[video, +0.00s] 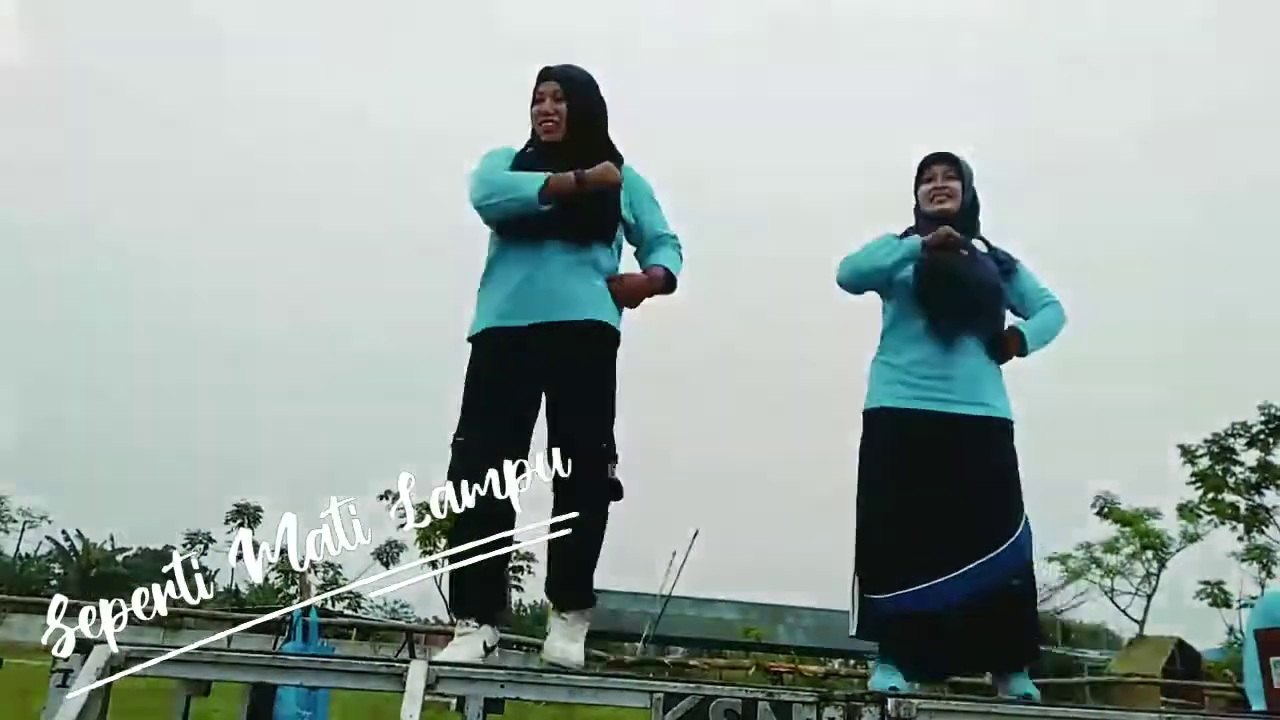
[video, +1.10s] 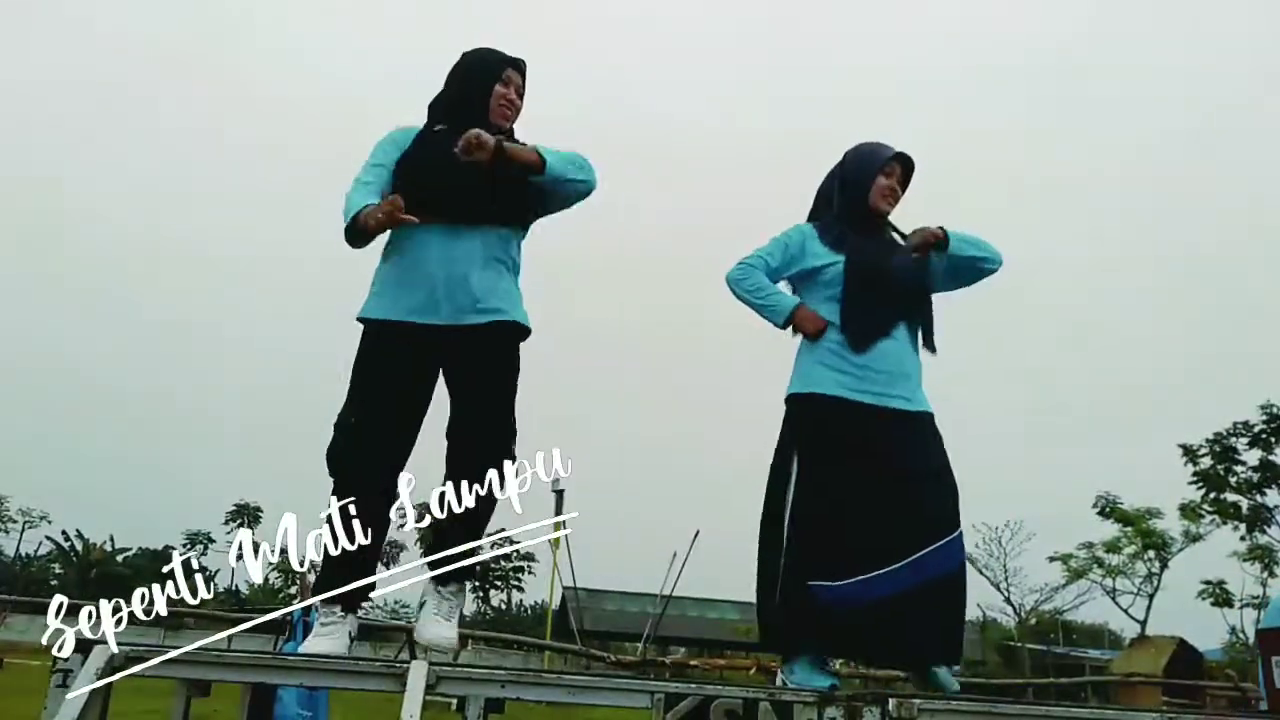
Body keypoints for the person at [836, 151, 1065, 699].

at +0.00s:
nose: (939, 186)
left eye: (950, 179)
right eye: (930, 180)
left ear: (969, 194)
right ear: (916, 196)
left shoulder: (997, 258)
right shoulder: (896, 249)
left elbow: (1052, 312)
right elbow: (848, 275)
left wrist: (1020, 339)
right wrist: (915, 246)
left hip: (978, 409)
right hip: (900, 404)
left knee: (998, 535)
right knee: (897, 531)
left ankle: (1011, 665)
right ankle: (894, 660)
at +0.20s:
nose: (925, 196)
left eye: (935, 188)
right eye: (915, 190)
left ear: (955, 204)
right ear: (901, 207)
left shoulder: (986, 268)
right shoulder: (886, 260)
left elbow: (1047, 314)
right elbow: (844, 288)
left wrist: (1010, 344)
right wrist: (916, 253)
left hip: (963, 418)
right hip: (884, 412)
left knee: (965, 538)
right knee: (880, 533)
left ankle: (964, 666)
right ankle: (881, 665)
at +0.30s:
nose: (915, 188)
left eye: (926, 181)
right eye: (905, 182)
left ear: (944, 196)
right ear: (893, 199)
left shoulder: (973, 260)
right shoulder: (871, 255)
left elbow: (1030, 305)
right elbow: (807, 287)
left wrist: (1001, 340)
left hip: (950, 410)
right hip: (873, 403)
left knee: (953, 531)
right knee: (866, 523)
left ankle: (955, 654)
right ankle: (858, 647)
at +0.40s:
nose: (909, 176)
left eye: (920, 170)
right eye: (899, 170)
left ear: (937, 186)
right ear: (884, 187)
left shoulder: (965, 249)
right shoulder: (860, 244)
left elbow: (1019, 288)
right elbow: (789, 274)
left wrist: (1010, 331)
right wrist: (746, 247)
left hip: (942, 405)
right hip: (863, 398)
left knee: (948, 529)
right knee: (844, 520)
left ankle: (961, 659)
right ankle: (815, 644)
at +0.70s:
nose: (879, 179)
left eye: (889, 175)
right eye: (869, 170)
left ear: (896, 193)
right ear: (845, 181)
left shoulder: (913, 254)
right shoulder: (810, 241)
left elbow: (965, 274)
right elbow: (740, 264)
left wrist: (1007, 285)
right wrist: (727, 285)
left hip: (899, 411)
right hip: (822, 408)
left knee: (923, 530)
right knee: (820, 530)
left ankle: (934, 656)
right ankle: (807, 657)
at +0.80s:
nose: (879, 183)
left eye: (887, 179)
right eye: (869, 172)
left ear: (891, 192)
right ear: (843, 177)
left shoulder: (905, 255)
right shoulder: (808, 235)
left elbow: (975, 267)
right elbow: (729, 257)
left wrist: (949, 239)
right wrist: (765, 293)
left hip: (893, 401)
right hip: (821, 396)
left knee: (891, 521)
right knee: (816, 521)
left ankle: (875, 641)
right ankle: (803, 655)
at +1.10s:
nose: (894, 188)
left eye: (900, 183)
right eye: (886, 176)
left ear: (899, 195)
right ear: (855, 175)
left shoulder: (907, 258)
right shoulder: (812, 237)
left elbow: (989, 261)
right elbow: (743, 273)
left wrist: (941, 240)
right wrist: (793, 309)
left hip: (903, 404)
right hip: (829, 396)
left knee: (935, 520)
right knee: (817, 521)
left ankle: (932, 654)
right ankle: (805, 653)